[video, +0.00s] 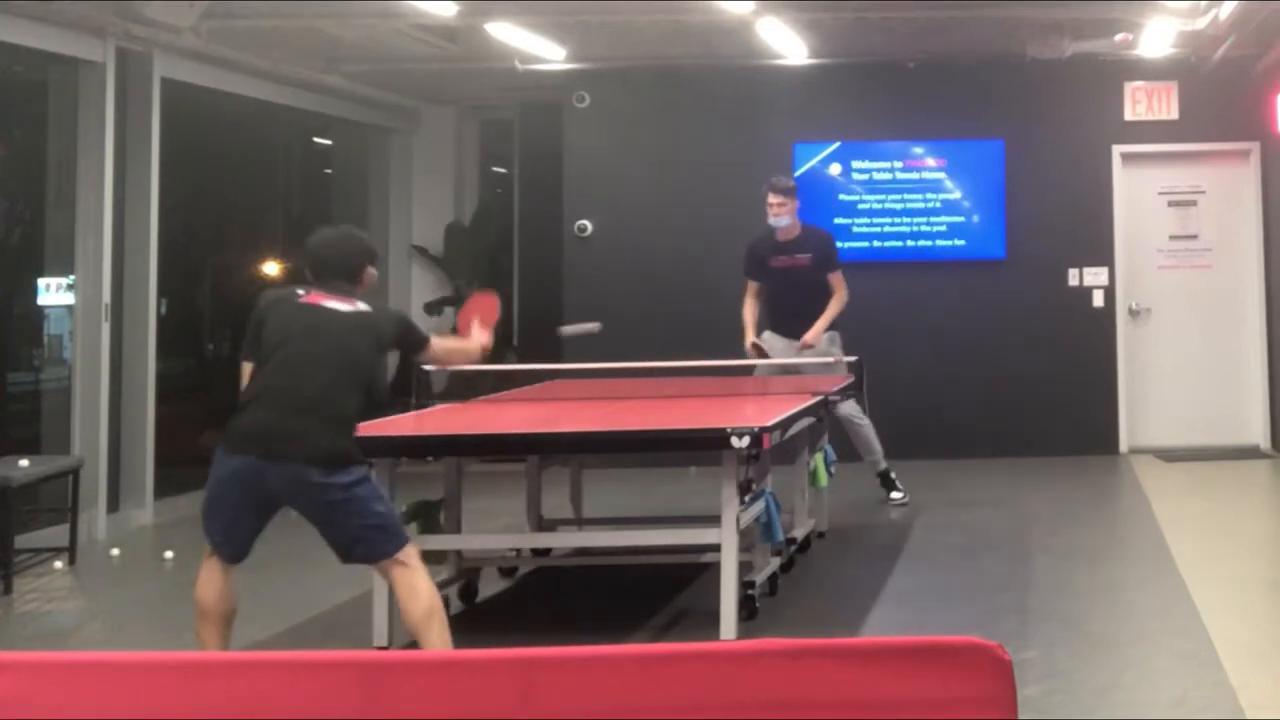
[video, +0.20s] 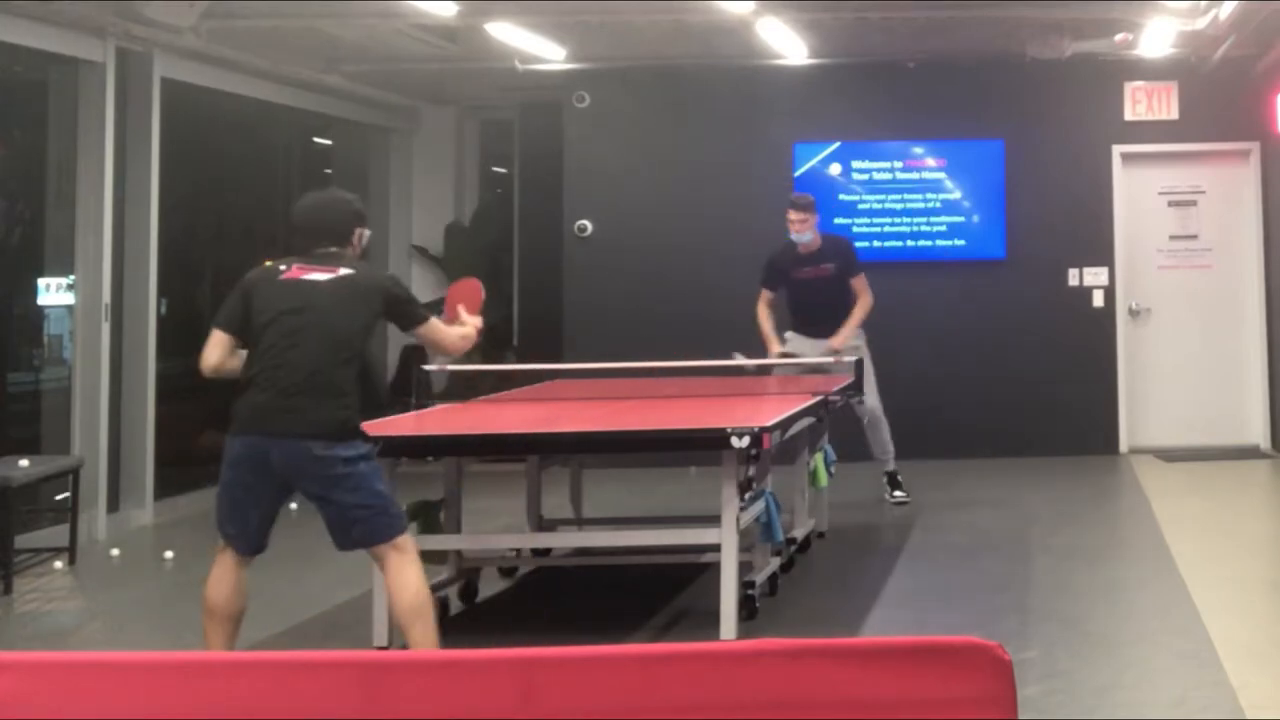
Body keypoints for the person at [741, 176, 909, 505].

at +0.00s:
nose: (775, 210)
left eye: (781, 205)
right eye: (770, 205)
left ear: (796, 205)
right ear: (766, 208)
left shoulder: (820, 241)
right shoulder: (759, 248)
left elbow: (841, 293)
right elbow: (751, 296)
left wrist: (817, 331)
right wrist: (750, 336)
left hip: (820, 340)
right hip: (776, 341)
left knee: (844, 406)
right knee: (754, 412)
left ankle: (884, 473)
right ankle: (752, 486)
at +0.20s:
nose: (797, 227)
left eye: (803, 221)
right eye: (792, 222)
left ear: (815, 221)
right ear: (786, 223)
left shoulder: (839, 249)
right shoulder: (780, 260)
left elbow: (865, 297)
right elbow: (763, 305)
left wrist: (842, 337)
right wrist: (773, 345)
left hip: (845, 341)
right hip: (800, 343)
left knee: (870, 407)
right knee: (780, 411)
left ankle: (890, 472)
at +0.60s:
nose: (844, 228)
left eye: (850, 223)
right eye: (839, 223)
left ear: (861, 223)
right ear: (833, 223)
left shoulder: (880, 250)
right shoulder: (823, 255)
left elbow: (906, 280)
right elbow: (790, 295)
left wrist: (924, 320)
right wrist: (769, 306)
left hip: (873, 337)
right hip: (830, 338)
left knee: (888, 399)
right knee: (803, 395)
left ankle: (894, 473)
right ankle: (807, 461)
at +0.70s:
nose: (843, 214)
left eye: (848, 209)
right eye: (838, 209)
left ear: (858, 210)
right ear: (830, 211)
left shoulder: (878, 243)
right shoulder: (818, 245)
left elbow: (901, 276)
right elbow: (789, 282)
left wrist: (916, 317)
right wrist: (767, 301)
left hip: (869, 335)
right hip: (825, 336)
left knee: (885, 398)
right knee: (798, 396)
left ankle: (894, 473)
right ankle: (785, 466)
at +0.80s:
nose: (832, 208)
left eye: (838, 203)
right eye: (828, 203)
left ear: (849, 204)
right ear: (821, 205)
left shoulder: (870, 240)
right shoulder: (808, 244)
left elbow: (891, 282)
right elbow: (786, 283)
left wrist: (899, 326)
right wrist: (767, 306)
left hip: (862, 336)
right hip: (818, 337)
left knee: (881, 399)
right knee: (792, 400)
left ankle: (893, 473)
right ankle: (801, 466)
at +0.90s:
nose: (816, 211)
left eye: (822, 205)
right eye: (812, 205)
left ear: (833, 207)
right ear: (804, 208)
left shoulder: (854, 243)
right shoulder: (795, 249)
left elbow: (875, 290)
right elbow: (778, 293)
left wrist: (874, 335)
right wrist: (762, 326)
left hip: (852, 340)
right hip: (808, 343)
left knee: (877, 402)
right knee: (789, 409)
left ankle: (892, 473)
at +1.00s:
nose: (791, 208)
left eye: (797, 203)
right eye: (786, 203)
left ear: (807, 206)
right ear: (779, 208)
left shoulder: (828, 241)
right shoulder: (774, 251)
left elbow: (851, 292)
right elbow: (763, 295)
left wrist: (838, 331)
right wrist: (751, 331)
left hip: (829, 345)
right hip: (786, 348)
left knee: (862, 404)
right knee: (764, 414)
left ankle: (889, 472)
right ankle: (744, 482)